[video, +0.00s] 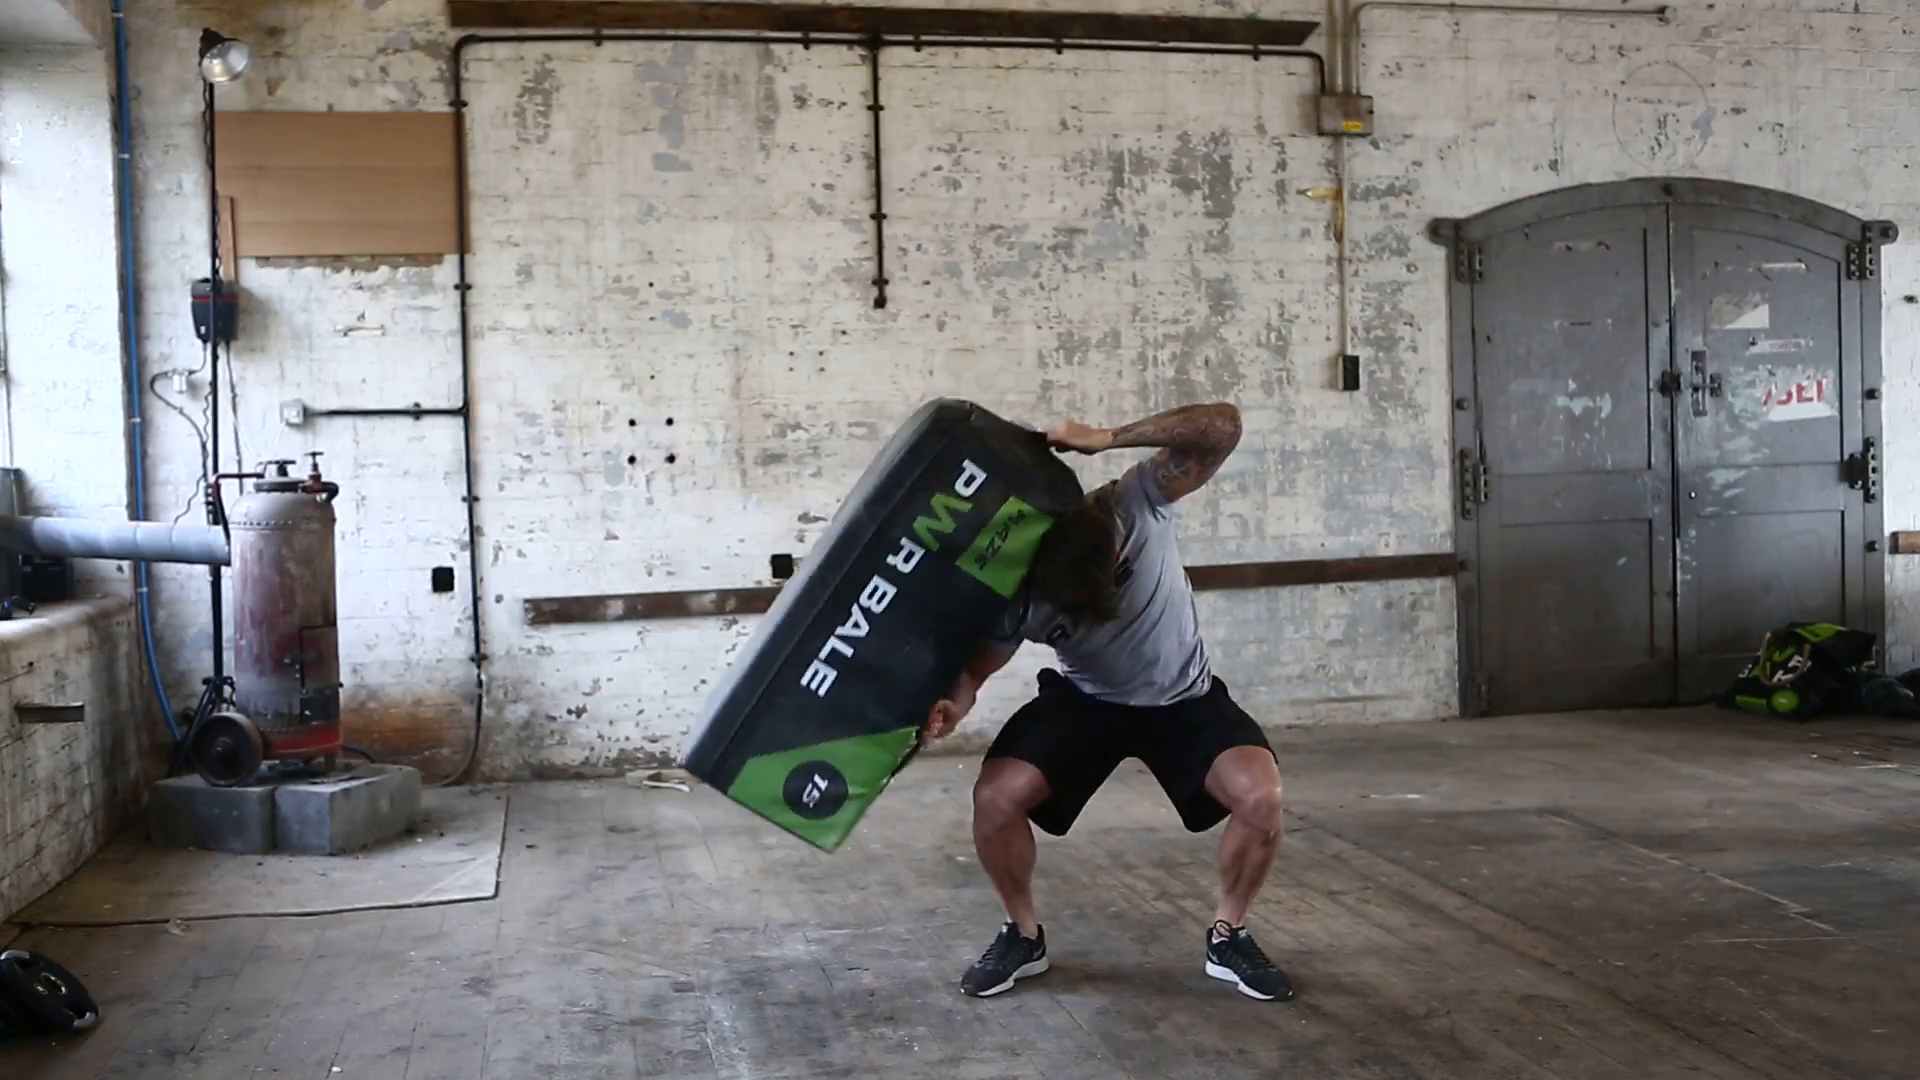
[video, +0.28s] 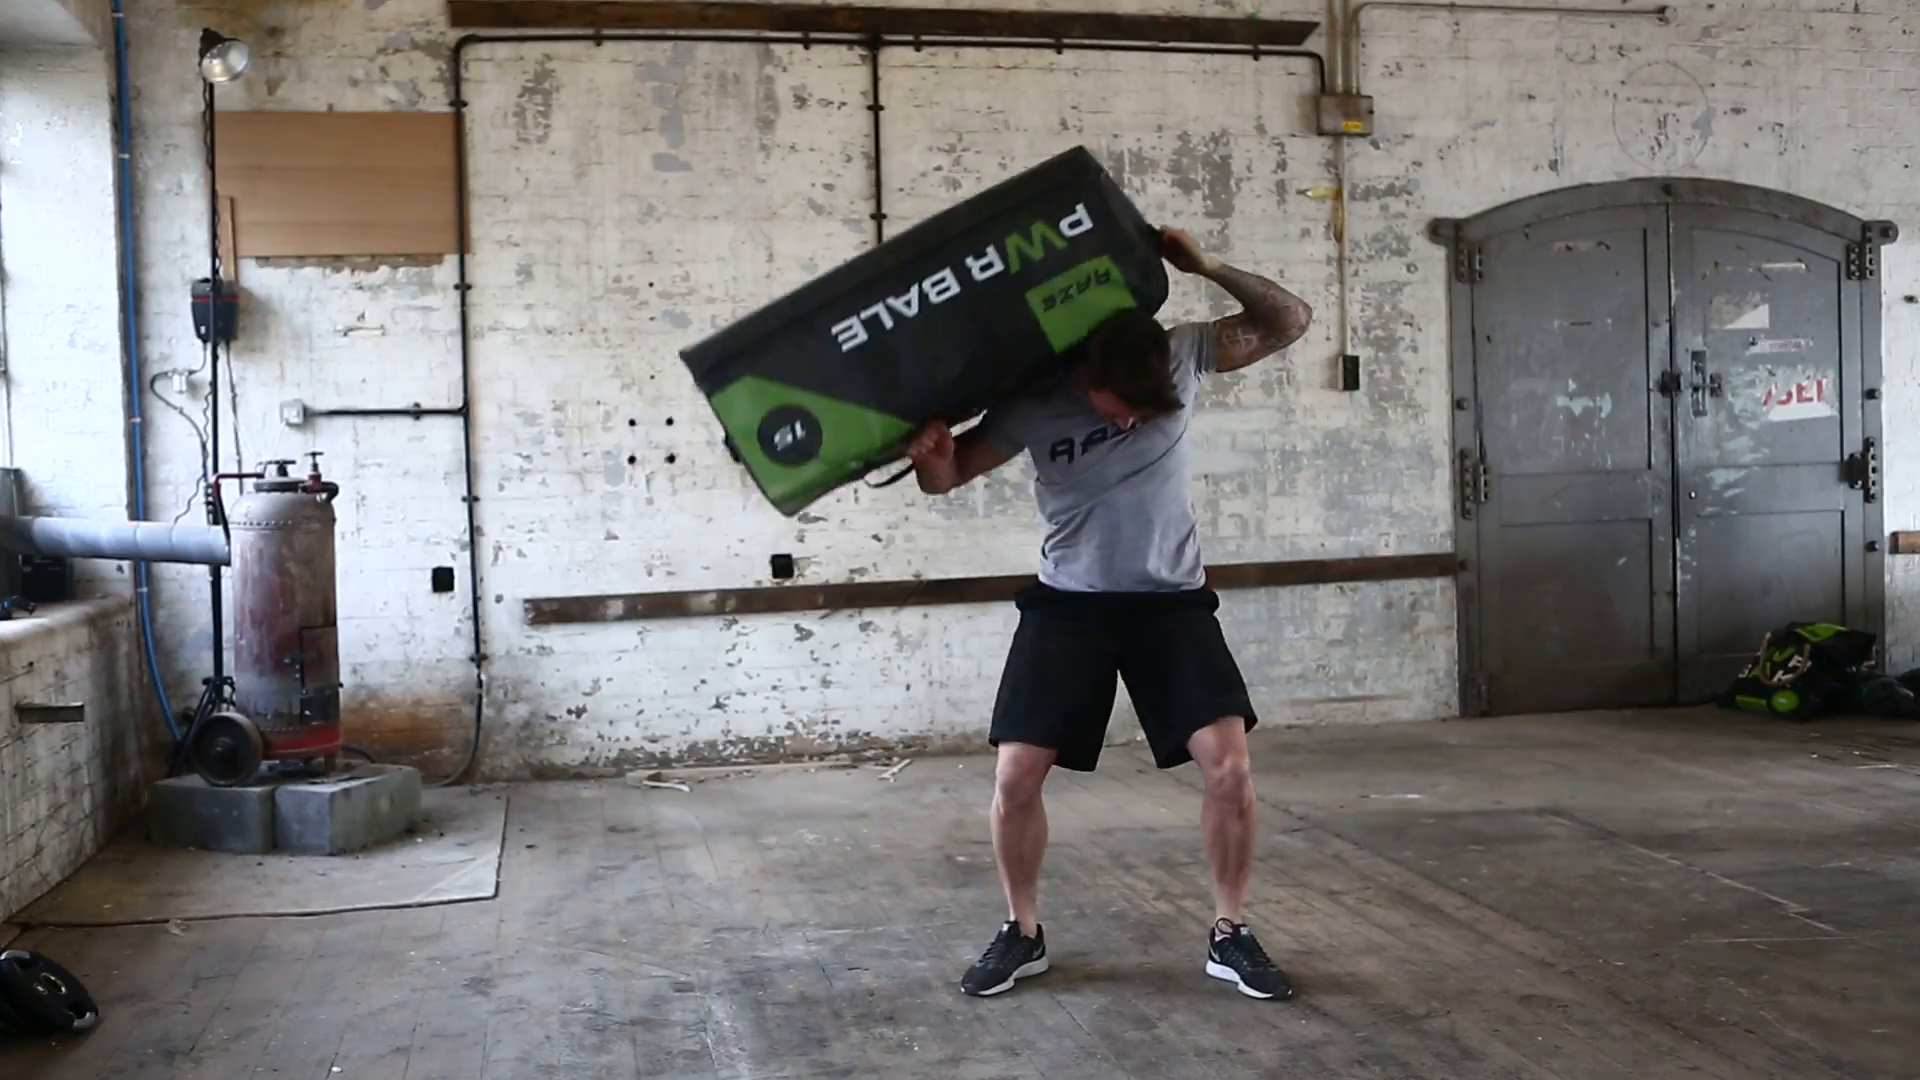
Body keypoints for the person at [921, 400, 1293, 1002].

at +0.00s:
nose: (1096, 606)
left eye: (1103, 590)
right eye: (1078, 602)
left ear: (1114, 546)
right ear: (1046, 583)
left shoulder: (1138, 503)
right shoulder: (1024, 602)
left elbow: (1224, 425)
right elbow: (973, 670)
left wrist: (1108, 437)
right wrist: (949, 708)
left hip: (1184, 698)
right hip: (1083, 701)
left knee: (1261, 796)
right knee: (995, 801)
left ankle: (1228, 935)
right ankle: (1023, 934)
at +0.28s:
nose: (1123, 422)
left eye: (1137, 413)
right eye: (1113, 412)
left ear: (1156, 377)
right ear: (1088, 378)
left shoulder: (1181, 358)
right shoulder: (1034, 403)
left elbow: (1287, 318)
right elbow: (947, 476)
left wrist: (1207, 266)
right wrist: (936, 462)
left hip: (1173, 604)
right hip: (1067, 608)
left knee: (1229, 764)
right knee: (1014, 779)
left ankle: (1230, 932)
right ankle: (1022, 930)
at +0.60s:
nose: (1122, 329)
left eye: (1139, 316)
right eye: (1109, 313)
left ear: (1163, 295)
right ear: (1082, 285)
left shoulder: (1187, 331)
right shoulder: (1033, 318)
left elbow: (1290, 368)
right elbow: (921, 332)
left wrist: (1280, 273)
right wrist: (928, 272)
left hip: (1159, 582)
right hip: (1056, 581)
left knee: (1194, 756)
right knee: (1035, 760)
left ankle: (1229, 930)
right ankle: (1020, 928)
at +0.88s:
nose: (1133, 299)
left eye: (1150, 284)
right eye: (1119, 282)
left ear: (1174, 275)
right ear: (1093, 270)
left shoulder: (1202, 328)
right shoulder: (1046, 322)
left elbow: (1316, 365)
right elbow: (932, 341)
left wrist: (1290, 262)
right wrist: (937, 272)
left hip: (1174, 581)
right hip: (1069, 582)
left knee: (1206, 758)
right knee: (1045, 761)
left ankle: (1232, 929)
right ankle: (1022, 926)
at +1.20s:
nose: (1121, 291)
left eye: (1136, 275)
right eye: (1106, 275)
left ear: (1160, 268)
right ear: (1080, 266)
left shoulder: (1191, 327)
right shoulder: (1035, 324)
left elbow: (1305, 361)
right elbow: (922, 349)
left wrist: (1276, 258)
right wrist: (924, 275)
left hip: (1167, 582)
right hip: (1061, 582)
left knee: (1200, 759)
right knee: (1039, 766)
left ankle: (1230, 929)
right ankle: (1021, 927)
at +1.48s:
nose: (1076, 310)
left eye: (1092, 295)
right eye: (1062, 294)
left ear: (1130, 272)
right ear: (1048, 276)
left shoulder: (1175, 304)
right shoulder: (1021, 344)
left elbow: (1273, 240)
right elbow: (911, 412)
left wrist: (1179, 191)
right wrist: (906, 339)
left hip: (1181, 578)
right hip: (1073, 583)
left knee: (1215, 763)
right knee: (1039, 766)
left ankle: (1230, 930)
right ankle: (1021, 926)